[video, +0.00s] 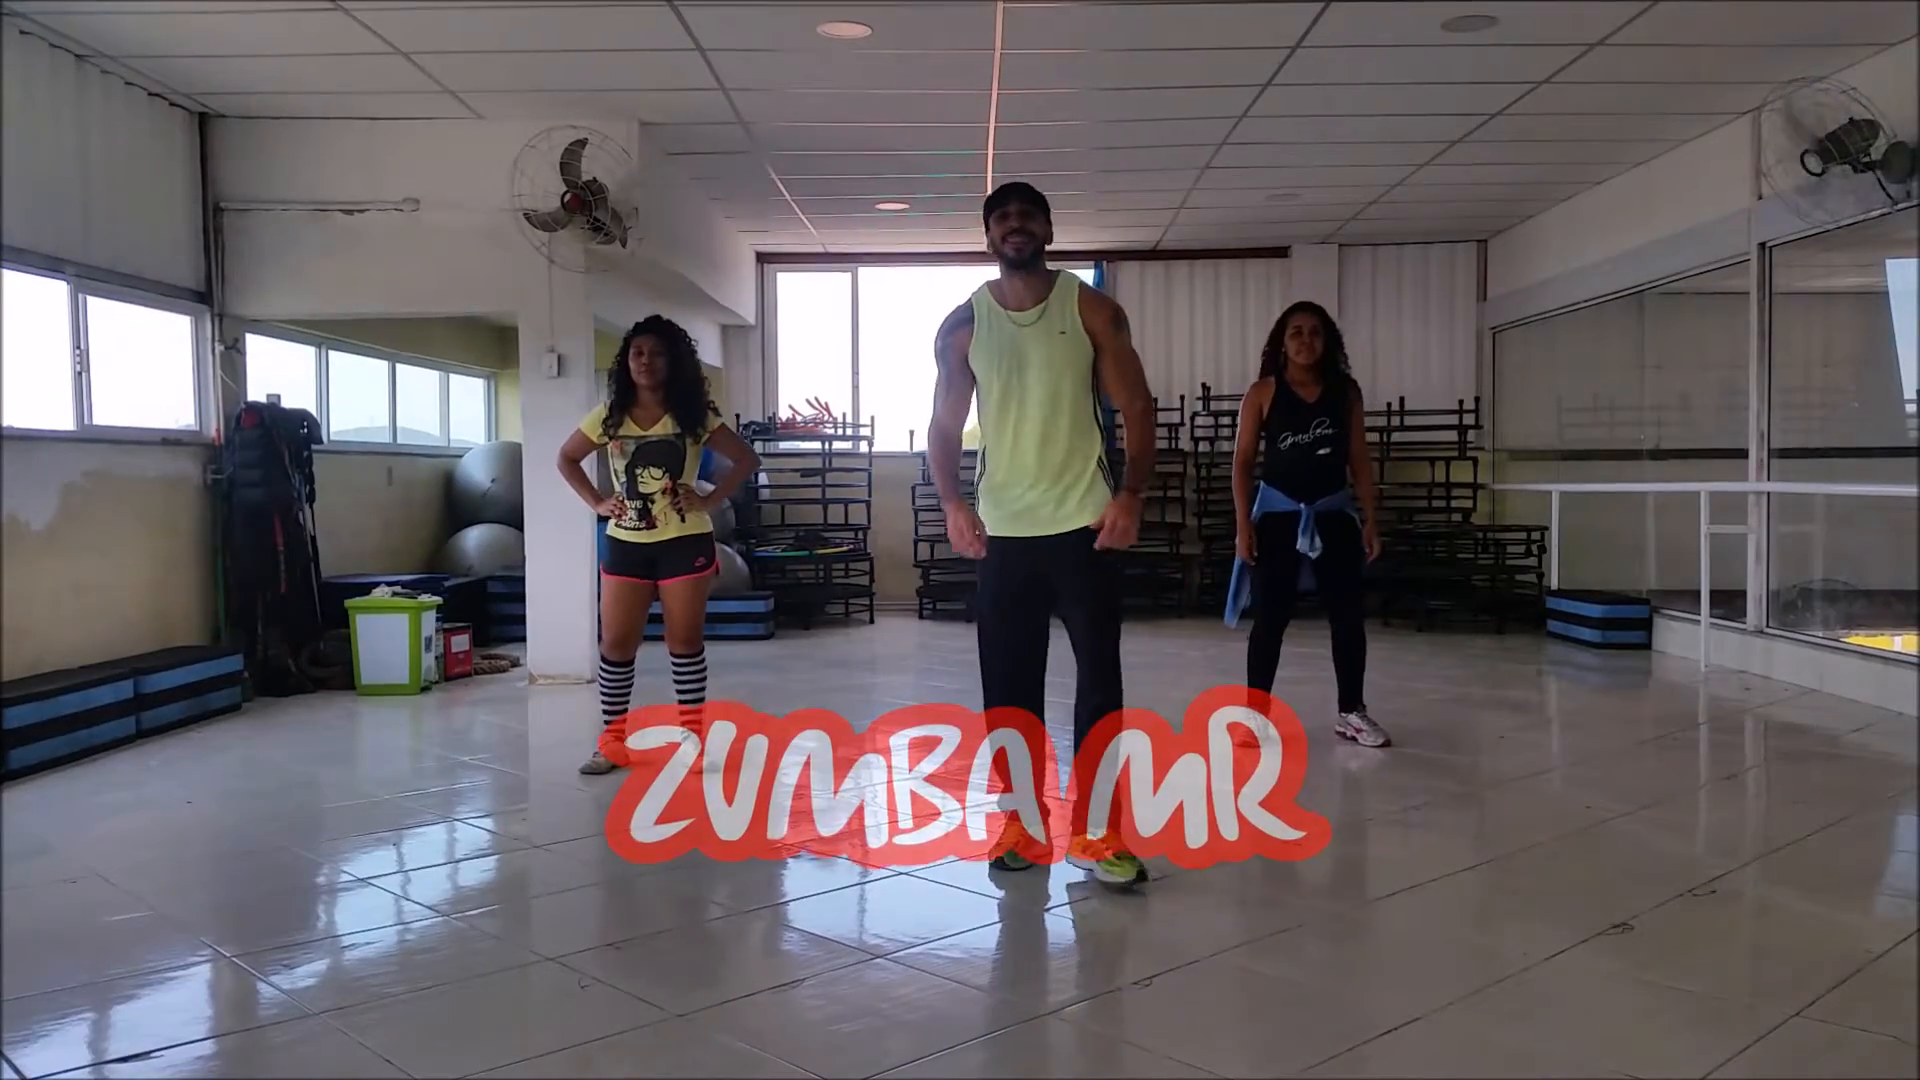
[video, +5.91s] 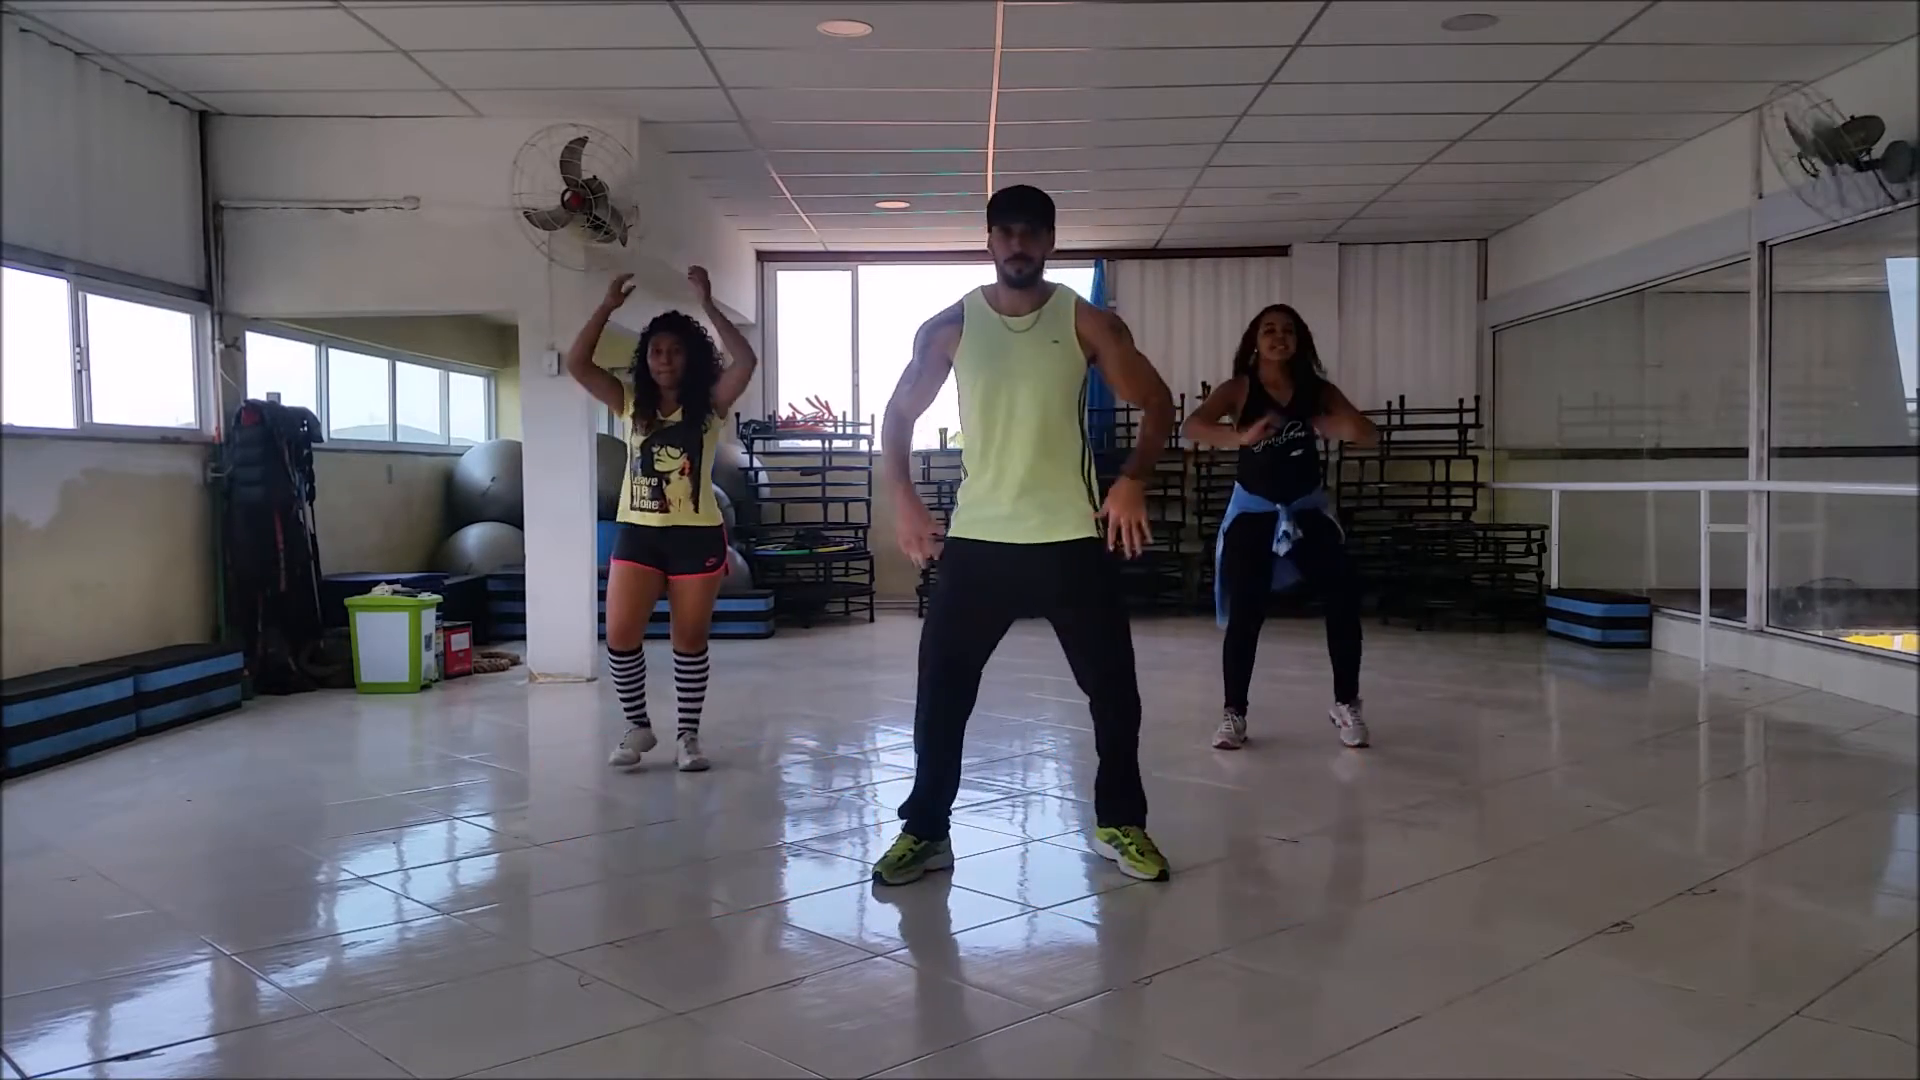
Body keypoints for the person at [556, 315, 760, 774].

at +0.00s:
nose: (644, 360)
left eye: (655, 353)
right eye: (637, 352)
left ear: (674, 362)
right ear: (626, 361)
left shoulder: (694, 414)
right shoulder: (611, 413)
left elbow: (747, 459)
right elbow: (566, 458)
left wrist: (710, 500)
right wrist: (597, 501)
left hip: (685, 544)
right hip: (625, 546)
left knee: (685, 645)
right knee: (616, 647)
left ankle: (693, 742)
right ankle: (613, 742)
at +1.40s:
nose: (654, 360)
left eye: (665, 353)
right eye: (647, 352)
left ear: (683, 363)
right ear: (638, 361)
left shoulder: (700, 414)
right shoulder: (621, 414)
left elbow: (698, 473)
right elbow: (604, 469)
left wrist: (670, 440)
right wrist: (646, 446)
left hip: (688, 541)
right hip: (630, 541)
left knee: (681, 643)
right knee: (634, 646)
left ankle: (680, 733)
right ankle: (641, 734)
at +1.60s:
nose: (645, 359)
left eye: (658, 354)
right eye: (639, 352)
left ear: (677, 367)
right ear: (631, 361)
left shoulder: (690, 412)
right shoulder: (614, 411)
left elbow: (733, 442)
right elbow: (565, 442)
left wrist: (710, 391)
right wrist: (592, 392)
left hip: (682, 542)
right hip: (624, 543)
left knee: (677, 642)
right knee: (630, 644)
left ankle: (681, 730)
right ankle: (640, 732)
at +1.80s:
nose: (651, 352)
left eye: (661, 348)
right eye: (644, 346)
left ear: (677, 358)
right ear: (632, 356)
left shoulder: (689, 405)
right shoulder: (618, 406)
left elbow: (708, 386)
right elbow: (589, 384)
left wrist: (685, 328)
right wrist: (612, 331)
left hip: (680, 538)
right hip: (623, 538)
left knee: (675, 639)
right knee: (633, 642)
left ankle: (681, 727)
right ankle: (640, 730)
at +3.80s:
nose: (666, 367)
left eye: (674, 359)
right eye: (657, 359)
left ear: (688, 363)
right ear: (642, 363)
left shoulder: (702, 407)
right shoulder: (625, 405)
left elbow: (710, 342)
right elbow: (602, 346)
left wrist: (674, 290)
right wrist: (649, 299)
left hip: (692, 541)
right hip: (634, 541)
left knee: (689, 647)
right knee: (640, 647)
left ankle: (692, 736)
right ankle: (652, 739)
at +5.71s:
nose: (658, 363)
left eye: (667, 355)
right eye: (651, 354)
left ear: (684, 360)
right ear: (638, 360)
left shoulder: (699, 406)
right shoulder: (624, 403)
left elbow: (710, 344)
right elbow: (604, 341)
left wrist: (675, 291)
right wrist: (653, 294)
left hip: (691, 541)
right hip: (632, 541)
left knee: (686, 643)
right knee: (635, 644)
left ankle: (686, 738)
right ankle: (649, 740)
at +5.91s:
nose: (662, 359)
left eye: (672, 351)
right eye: (654, 351)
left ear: (692, 358)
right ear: (644, 358)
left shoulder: (710, 403)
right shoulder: (630, 402)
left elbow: (744, 360)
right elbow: (578, 364)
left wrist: (709, 304)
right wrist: (607, 307)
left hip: (695, 540)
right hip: (637, 538)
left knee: (690, 642)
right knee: (620, 638)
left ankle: (688, 737)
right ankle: (638, 730)